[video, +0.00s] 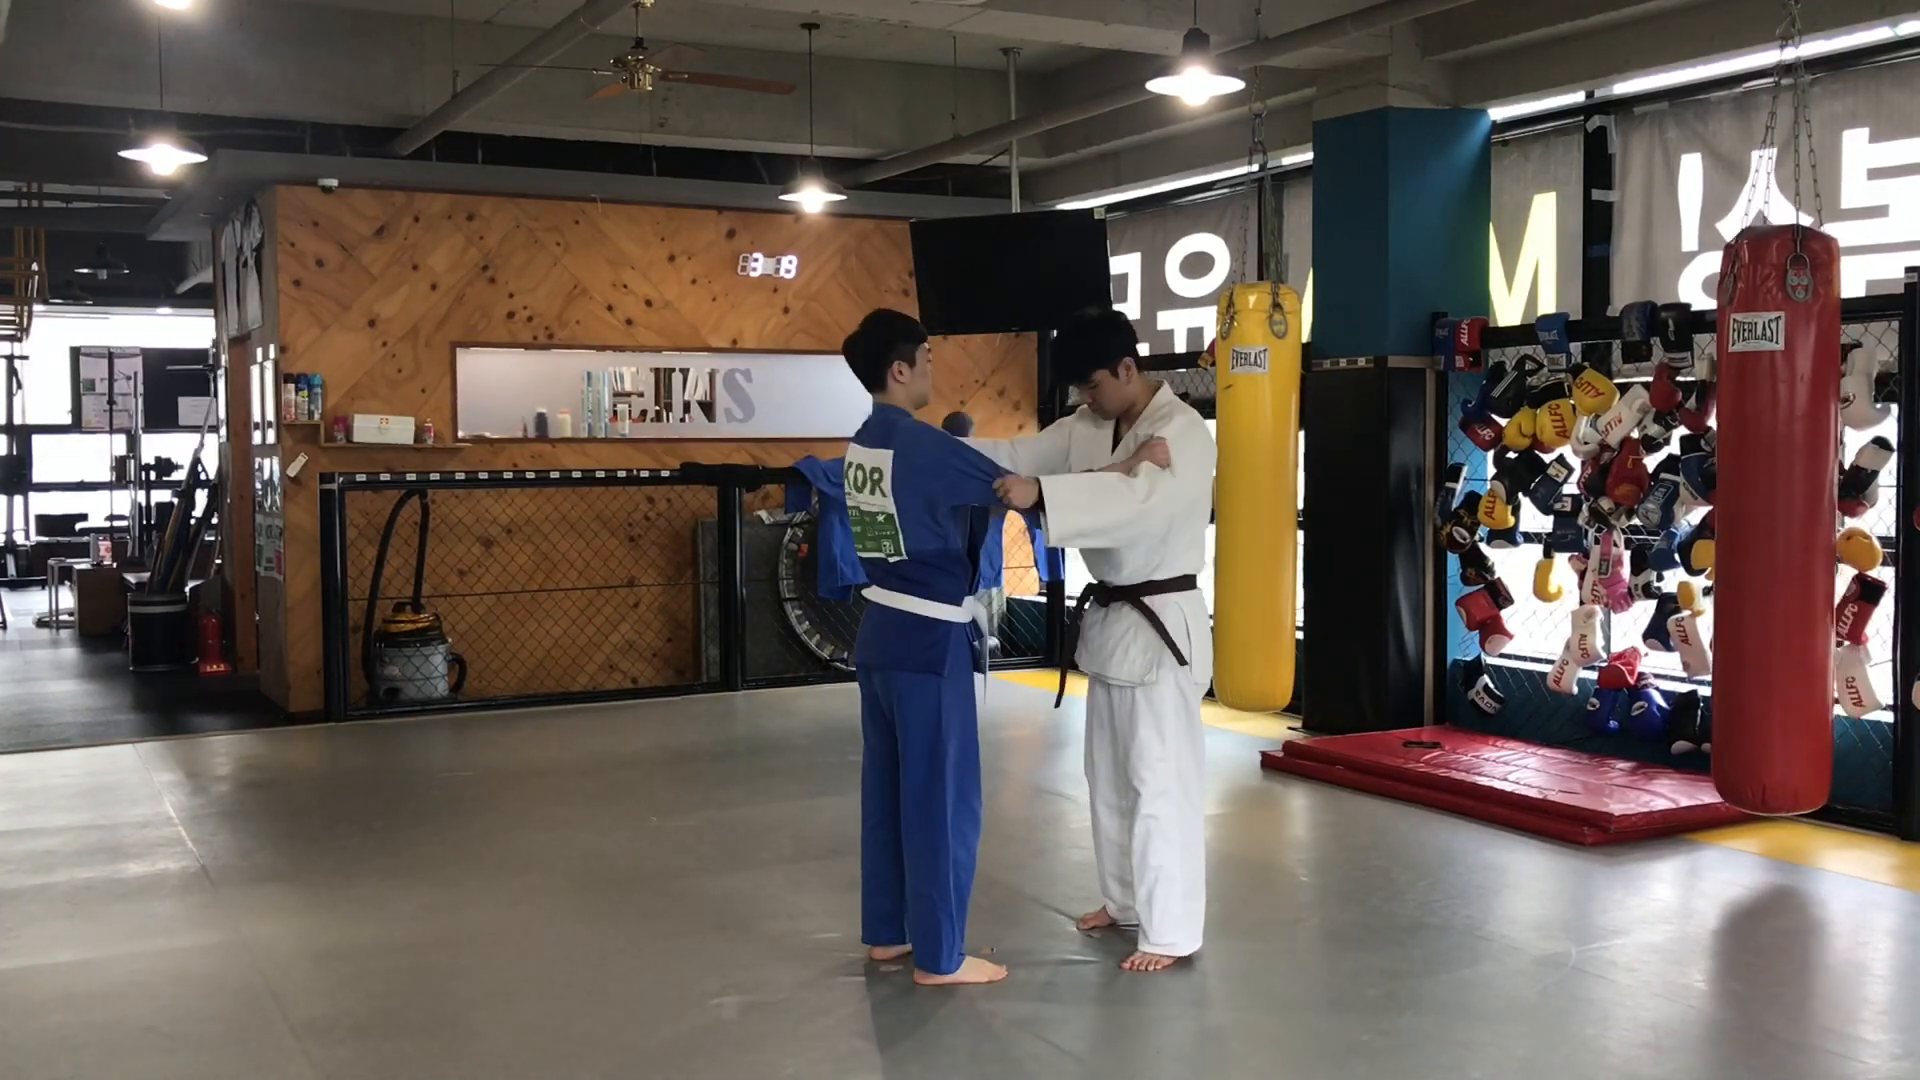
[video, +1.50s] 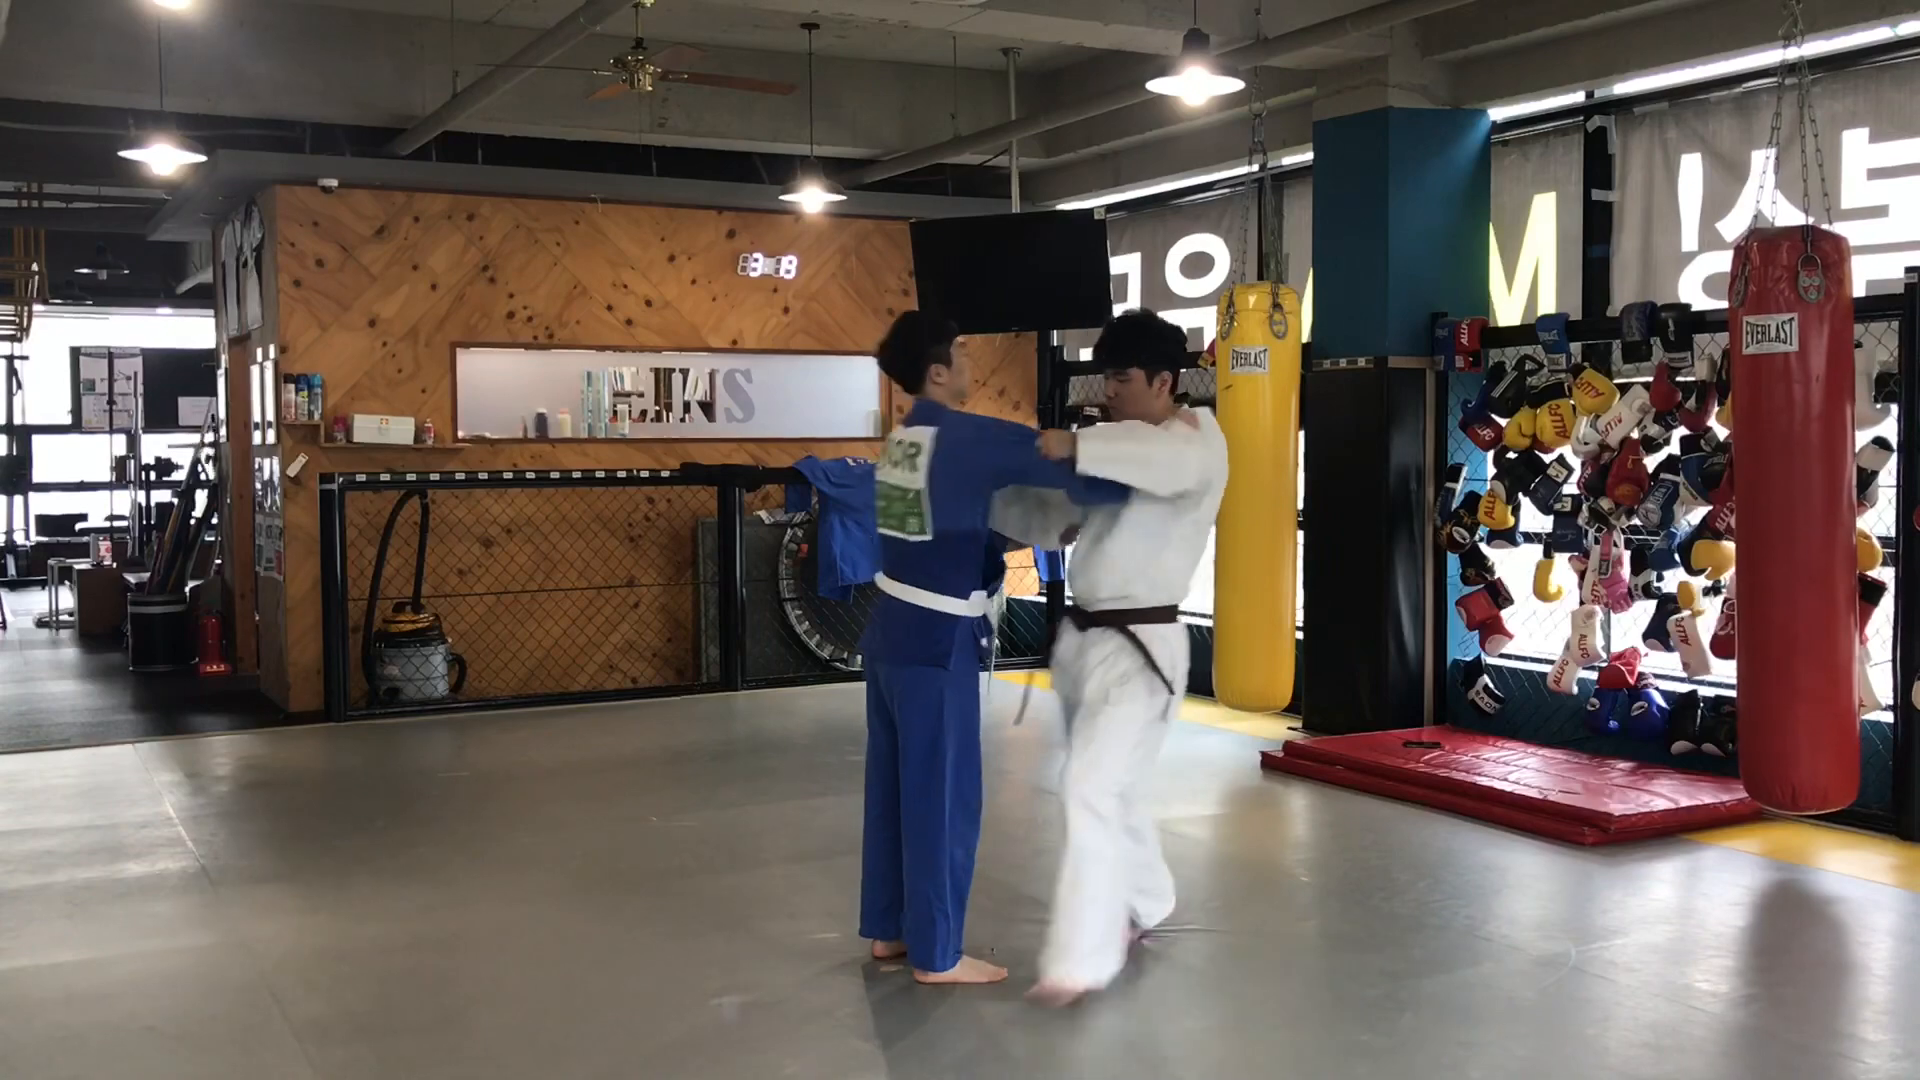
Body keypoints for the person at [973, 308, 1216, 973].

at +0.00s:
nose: (1085, 400)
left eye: (1092, 385)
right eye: (1079, 388)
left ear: (1128, 369)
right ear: (1092, 381)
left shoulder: (1183, 433)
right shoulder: (1087, 428)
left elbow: (1140, 496)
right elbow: (1018, 455)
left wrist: (1045, 493)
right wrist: (938, 454)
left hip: (1160, 623)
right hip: (1106, 619)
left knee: (1160, 784)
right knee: (1111, 777)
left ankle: (1174, 933)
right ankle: (1126, 903)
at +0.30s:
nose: (1097, 390)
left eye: (1104, 376)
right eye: (1092, 378)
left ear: (1144, 365)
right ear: (1115, 372)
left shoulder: (1196, 439)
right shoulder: (1098, 429)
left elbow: (1151, 498)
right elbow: (1034, 456)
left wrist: (1058, 494)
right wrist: (960, 449)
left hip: (1174, 624)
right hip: (1119, 618)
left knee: (1167, 783)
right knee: (1118, 778)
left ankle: (1176, 934)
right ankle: (1140, 907)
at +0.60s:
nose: (1085, 410)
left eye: (1091, 397)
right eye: (1081, 399)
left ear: (1130, 380)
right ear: (1113, 387)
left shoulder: (1191, 436)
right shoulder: (1096, 437)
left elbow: (1155, 501)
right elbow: (1030, 467)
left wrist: (1068, 499)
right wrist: (964, 471)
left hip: (1196, 622)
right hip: (1138, 620)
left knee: (1187, 779)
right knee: (1132, 775)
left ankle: (1183, 930)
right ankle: (1147, 908)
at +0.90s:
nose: (1084, 410)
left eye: (1091, 395)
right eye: (1078, 399)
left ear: (1129, 380)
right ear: (1083, 396)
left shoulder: (1189, 439)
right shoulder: (1083, 440)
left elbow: (1152, 515)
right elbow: (1019, 478)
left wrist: (1065, 511)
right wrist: (959, 463)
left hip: (1208, 620)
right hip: (1146, 620)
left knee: (1215, 778)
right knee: (1148, 773)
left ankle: (1217, 919)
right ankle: (1160, 906)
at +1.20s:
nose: (1088, 395)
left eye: (1097, 380)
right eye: (1083, 382)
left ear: (1138, 371)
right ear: (1089, 383)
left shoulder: (1192, 439)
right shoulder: (1087, 438)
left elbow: (1155, 515)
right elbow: (1020, 481)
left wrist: (1063, 504)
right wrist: (958, 465)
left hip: (1190, 624)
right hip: (1129, 621)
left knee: (1185, 778)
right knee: (1131, 781)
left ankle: (1206, 919)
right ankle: (1154, 911)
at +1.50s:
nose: (1105, 397)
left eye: (1113, 383)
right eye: (1103, 385)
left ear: (1156, 379)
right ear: (1140, 380)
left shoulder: (1199, 441)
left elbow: (1173, 458)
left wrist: (1078, 445)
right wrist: (975, 478)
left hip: (1140, 642)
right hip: (1079, 637)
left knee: (1092, 786)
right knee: (1103, 784)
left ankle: (1080, 961)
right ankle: (1148, 899)